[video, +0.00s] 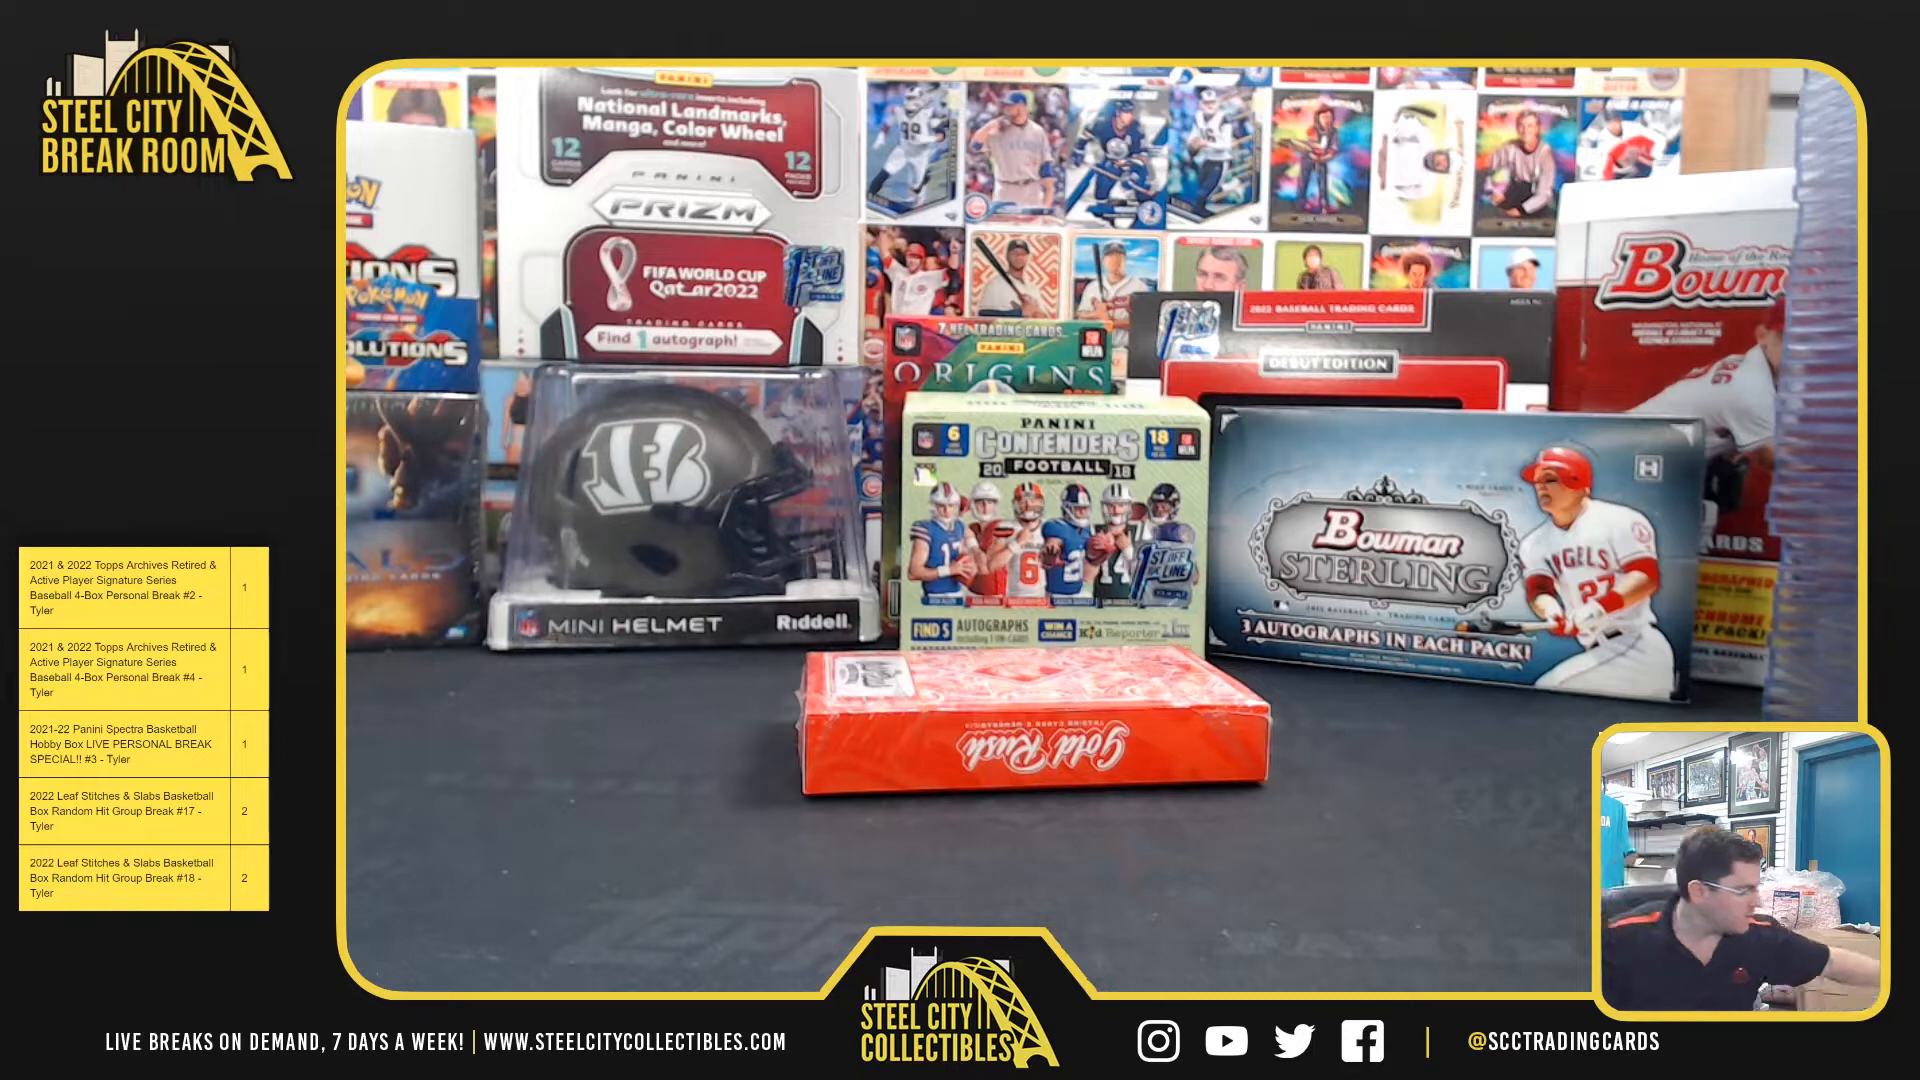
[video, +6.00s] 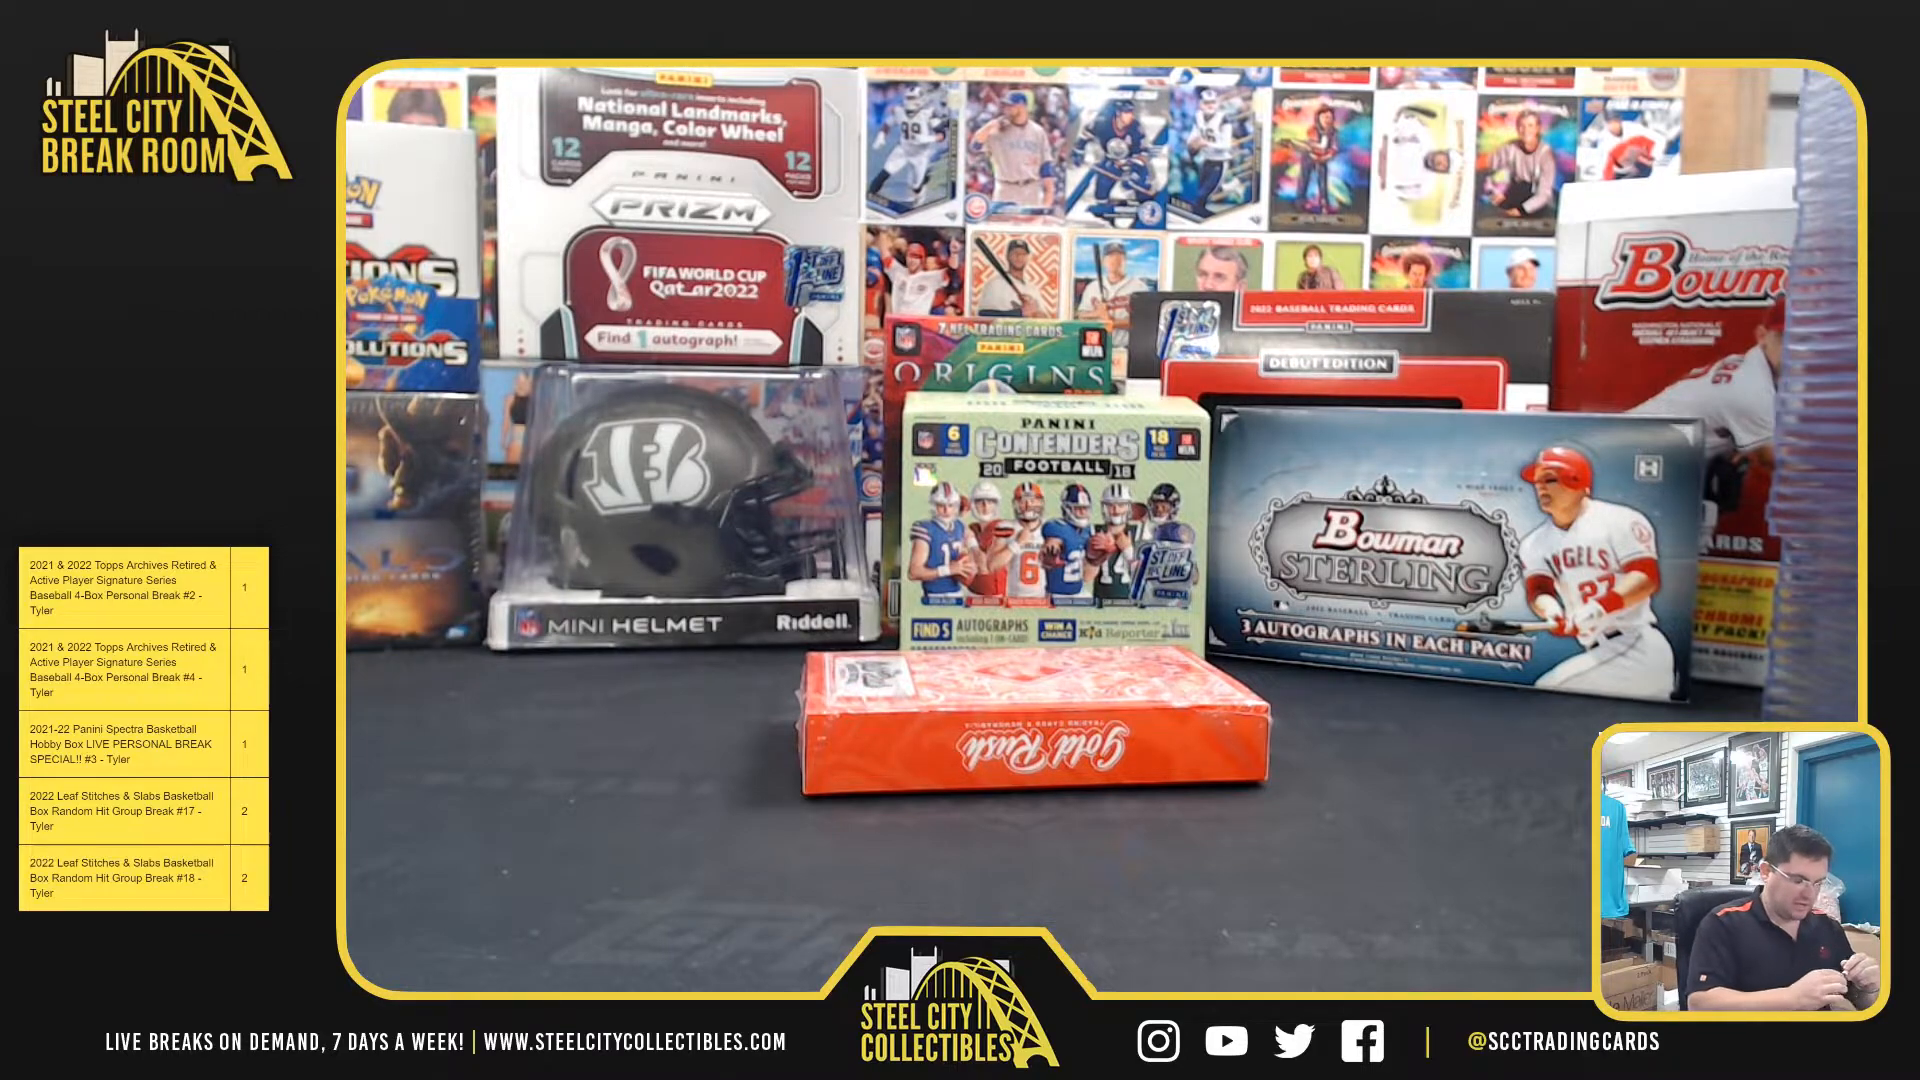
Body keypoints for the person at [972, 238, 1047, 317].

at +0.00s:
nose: (1019, 257)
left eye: (1023, 254)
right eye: (1015, 253)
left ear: (1028, 257)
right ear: (1008, 256)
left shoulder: (1033, 289)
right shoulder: (996, 284)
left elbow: (1045, 318)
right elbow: (985, 315)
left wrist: (1034, 310)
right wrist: (1021, 313)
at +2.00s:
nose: (1019, 257)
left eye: (1023, 254)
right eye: (1016, 253)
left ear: (1028, 258)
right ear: (1008, 256)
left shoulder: (1033, 289)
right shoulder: (995, 284)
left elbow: (1045, 317)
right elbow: (985, 315)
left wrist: (1033, 310)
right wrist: (1020, 313)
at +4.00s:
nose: (1019, 257)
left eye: (1023, 254)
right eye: (1015, 254)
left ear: (1028, 258)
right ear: (1008, 256)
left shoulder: (1033, 288)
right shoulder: (995, 285)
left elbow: (1044, 317)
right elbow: (985, 315)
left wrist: (1033, 310)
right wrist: (1020, 313)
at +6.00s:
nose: (1019, 258)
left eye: (1023, 254)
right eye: (1015, 254)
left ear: (1028, 257)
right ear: (1008, 256)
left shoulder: (1032, 289)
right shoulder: (995, 284)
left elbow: (1045, 317)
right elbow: (985, 314)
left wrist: (1034, 311)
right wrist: (1020, 313)